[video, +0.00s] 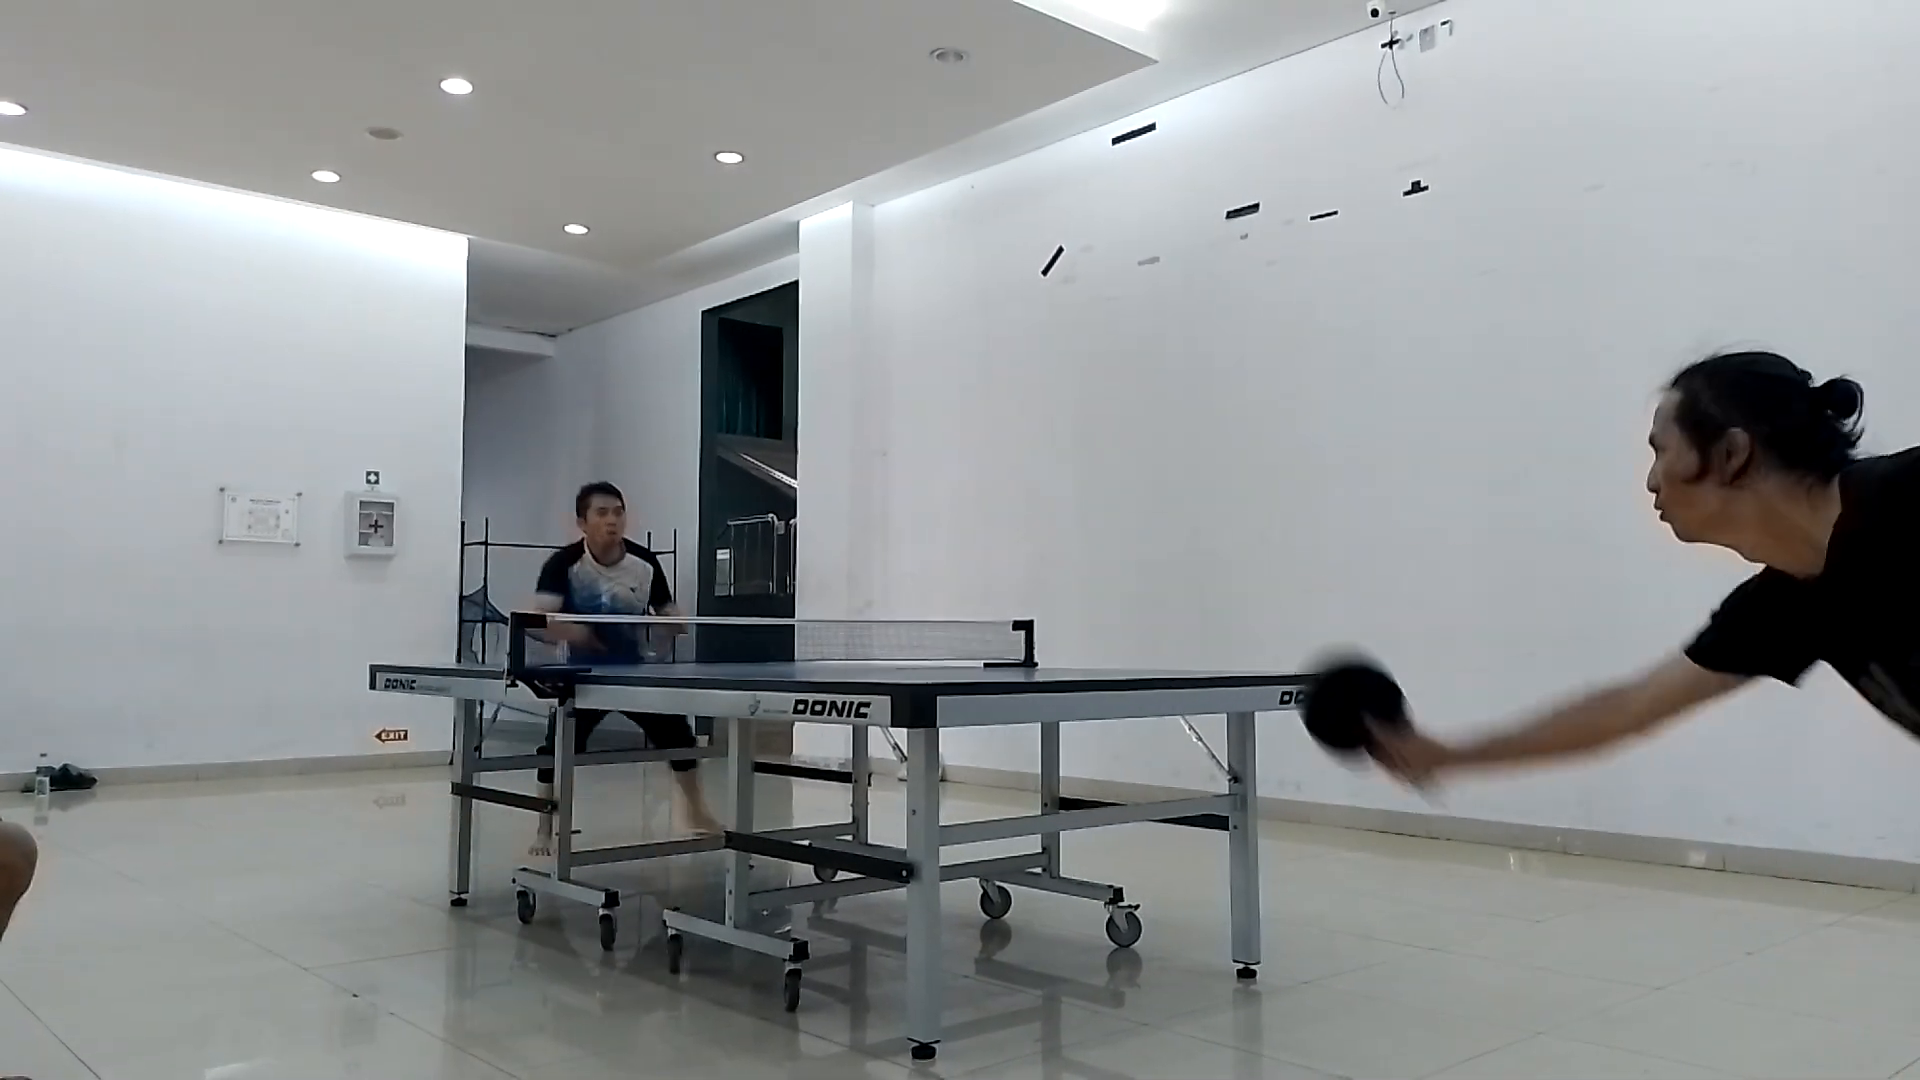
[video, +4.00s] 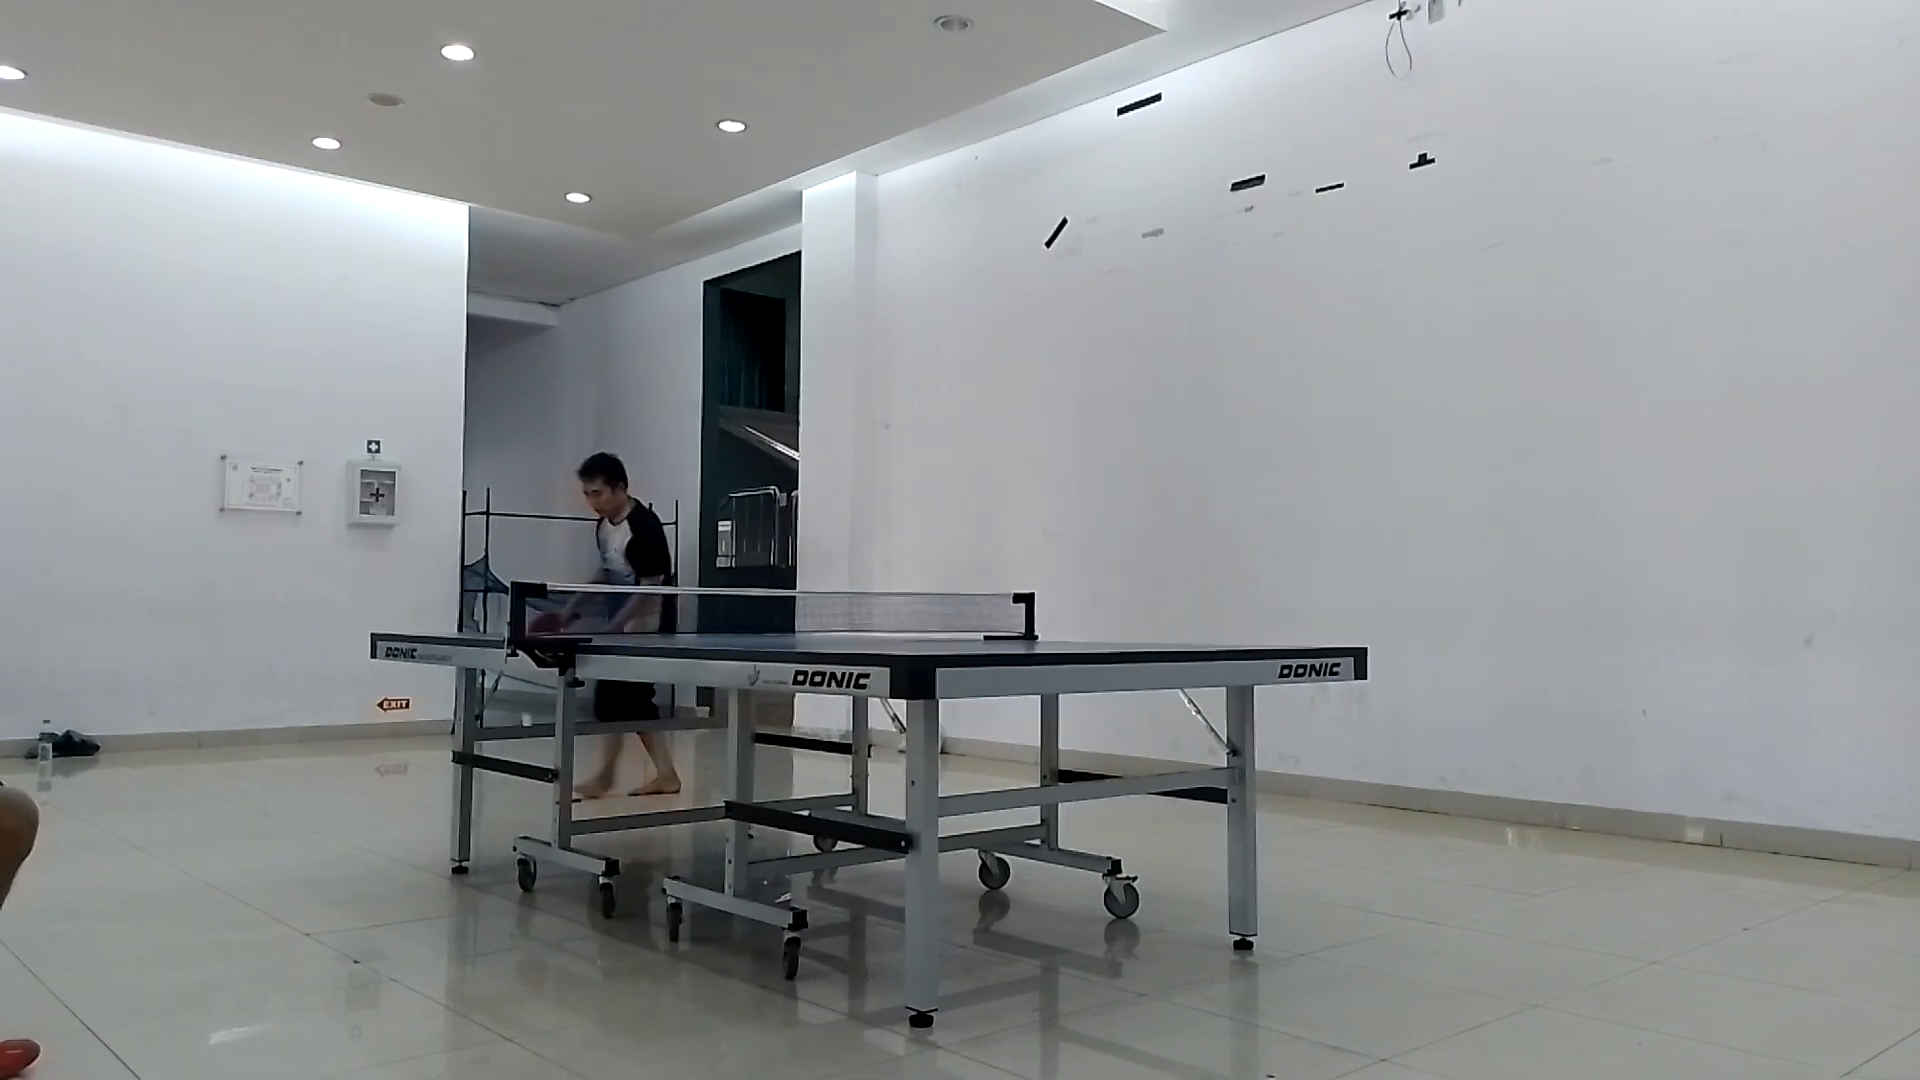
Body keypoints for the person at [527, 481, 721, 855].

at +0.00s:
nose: (612, 520)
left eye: (617, 512)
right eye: (602, 513)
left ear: (625, 517)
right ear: (582, 523)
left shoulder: (645, 563)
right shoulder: (562, 564)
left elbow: (667, 622)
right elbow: (544, 625)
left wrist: (667, 629)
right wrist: (574, 633)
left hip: (636, 675)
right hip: (584, 677)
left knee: (676, 730)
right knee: (556, 746)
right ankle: (545, 833)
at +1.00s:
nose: (682, 512)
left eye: (688, 504)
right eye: (672, 506)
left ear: (700, 511)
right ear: (660, 518)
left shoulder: (729, 553)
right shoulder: (649, 562)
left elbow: (768, 586)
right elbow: (631, 614)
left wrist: (753, 598)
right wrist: (635, 617)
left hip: (724, 669)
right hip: (671, 671)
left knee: (744, 746)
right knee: (637, 744)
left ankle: (735, 818)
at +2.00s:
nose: (707, 526)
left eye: (717, 524)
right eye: (704, 518)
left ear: (727, 536)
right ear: (692, 519)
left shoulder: (726, 577)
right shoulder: (662, 546)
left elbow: (727, 635)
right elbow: (633, 510)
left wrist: (718, 629)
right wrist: (673, 462)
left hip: (699, 672)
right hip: (648, 667)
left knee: (748, 738)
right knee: (616, 743)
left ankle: (761, 813)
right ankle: (613, 826)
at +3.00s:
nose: (660, 489)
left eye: (667, 483)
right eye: (651, 482)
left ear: (676, 493)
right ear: (634, 491)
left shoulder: (693, 543)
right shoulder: (611, 534)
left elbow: (713, 596)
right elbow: (584, 587)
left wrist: (680, 608)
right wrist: (606, 601)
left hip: (676, 654)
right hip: (621, 652)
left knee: (715, 729)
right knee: (587, 731)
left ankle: (742, 805)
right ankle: (564, 807)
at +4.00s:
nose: (590, 502)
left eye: (595, 493)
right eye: (587, 494)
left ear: (618, 487)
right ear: (590, 493)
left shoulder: (644, 525)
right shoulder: (604, 524)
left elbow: (651, 587)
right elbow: (605, 574)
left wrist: (615, 625)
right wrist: (570, 609)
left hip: (649, 623)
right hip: (626, 621)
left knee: (611, 693)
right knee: (636, 696)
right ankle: (667, 773)